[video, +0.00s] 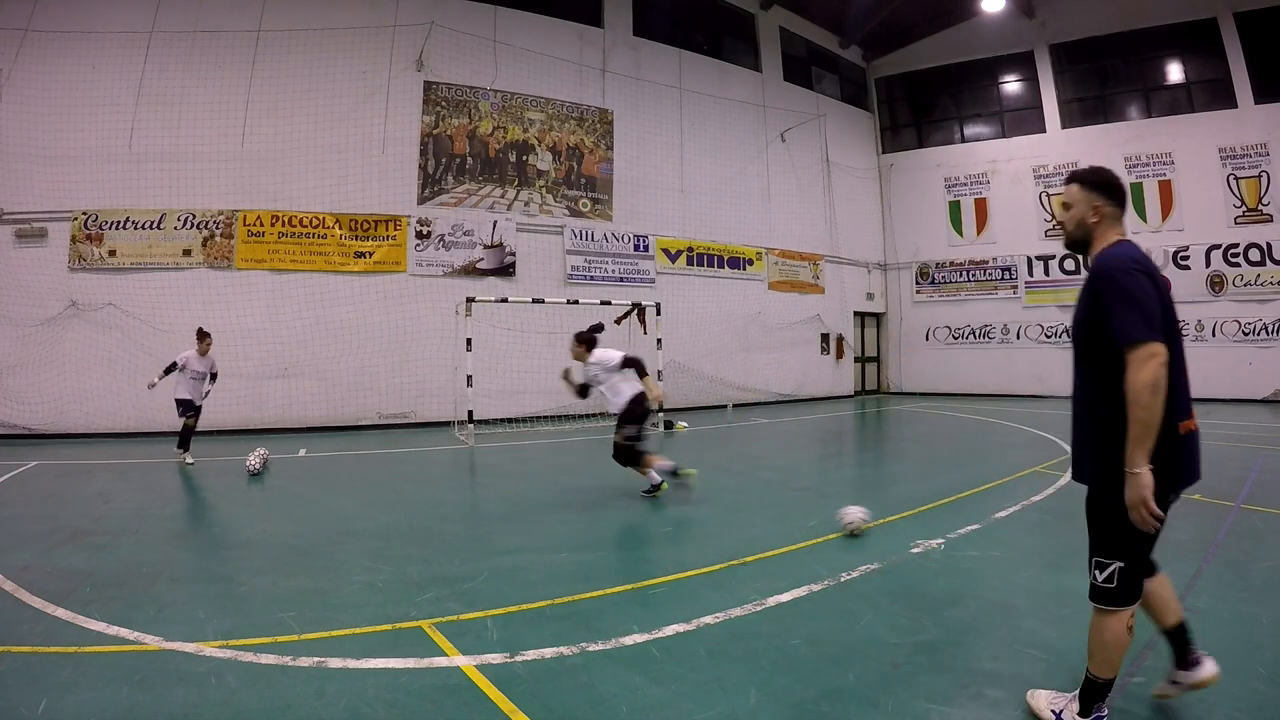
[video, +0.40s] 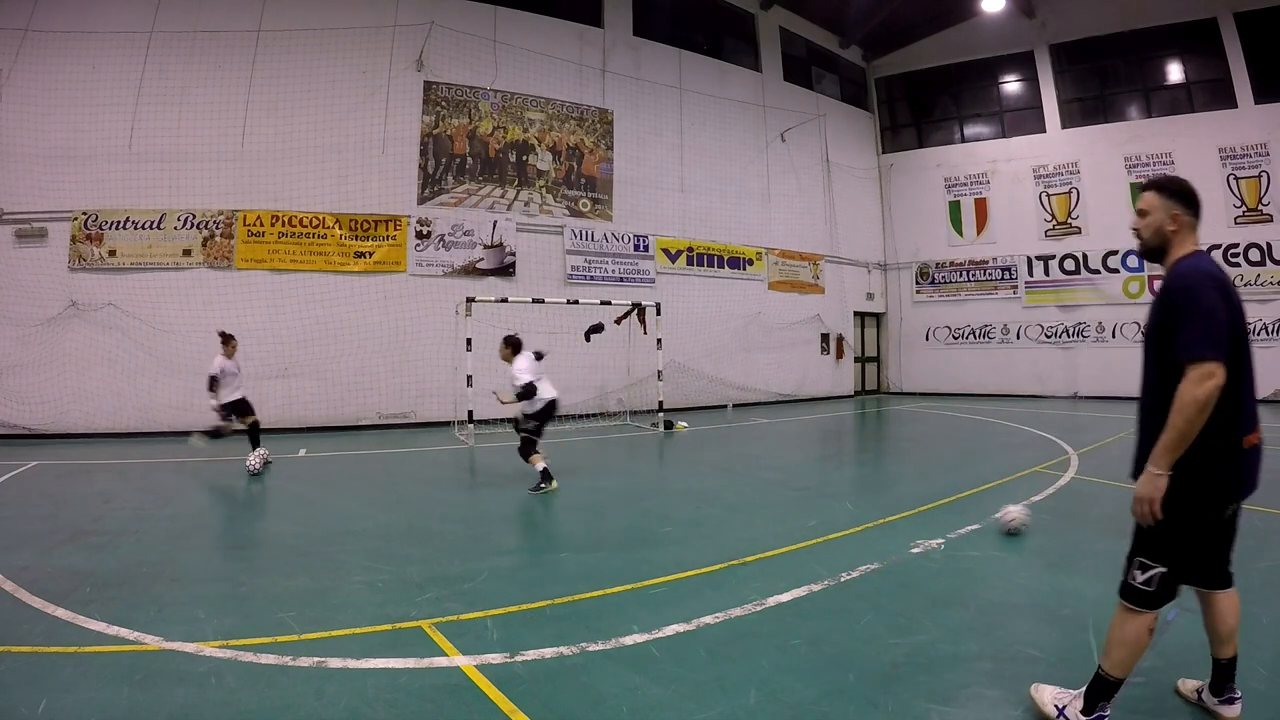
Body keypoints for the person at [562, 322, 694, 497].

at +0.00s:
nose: (571, 349)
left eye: (574, 346)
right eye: (572, 346)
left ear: (583, 348)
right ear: (583, 348)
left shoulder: (599, 357)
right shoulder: (589, 367)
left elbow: (636, 362)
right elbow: (583, 393)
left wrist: (651, 389)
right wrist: (569, 380)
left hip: (636, 402)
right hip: (626, 407)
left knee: (625, 453)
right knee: (622, 454)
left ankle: (674, 468)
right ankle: (656, 481)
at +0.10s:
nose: (554, 347)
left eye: (558, 344)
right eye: (556, 343)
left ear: (567, 346)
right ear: (566, 346)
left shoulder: (583, 355)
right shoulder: (566, 366)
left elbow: (612, 363)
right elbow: (557, 388)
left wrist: (635, 375)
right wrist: (546, 385)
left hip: (606, 402)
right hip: (621, 400)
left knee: (582, 444)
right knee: (619, 452)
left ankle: (606, 478)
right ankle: (652, 479)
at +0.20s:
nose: (536, 348)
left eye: (539, 345)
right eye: (537, 344)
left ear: (548, 347)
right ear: (549, 346)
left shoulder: (566, 359)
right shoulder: (547, 360)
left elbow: (589, 372)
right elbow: (533, 372)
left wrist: (599, 390)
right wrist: (524, 396)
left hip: (578, 404)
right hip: (591, 402)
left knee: (549, 434)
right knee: (601, 444)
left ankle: (553, 480)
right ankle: (636, 468)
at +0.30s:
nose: (517, 354)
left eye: (519, 351)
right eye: (517, 350)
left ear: (527, 352)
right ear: (530, 351)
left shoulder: (540, 366)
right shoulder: (537, 362)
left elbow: (547, 389)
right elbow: (528, 375)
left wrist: (535, 405)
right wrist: (517, 383)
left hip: (562, 406)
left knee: (537, 443)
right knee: (550, 446)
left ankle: (549, 481)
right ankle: (588, 456)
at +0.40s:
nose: (500, 351)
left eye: (502, 348)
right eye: (501, 348)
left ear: (510, 350)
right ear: (514, 349)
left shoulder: (518, 367)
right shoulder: (526, 356)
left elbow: (530, 390)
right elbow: (540, 354)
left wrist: (510, 399)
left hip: (541, 403)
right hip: (548, 398)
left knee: (525, 447)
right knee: (519, 424)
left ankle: (546, 478)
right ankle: (538, 454)